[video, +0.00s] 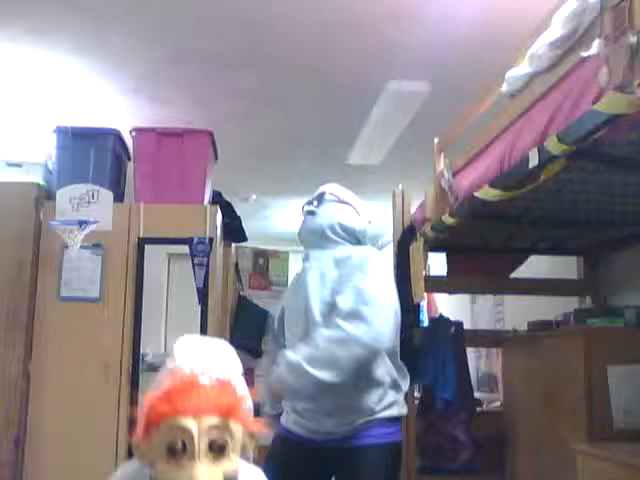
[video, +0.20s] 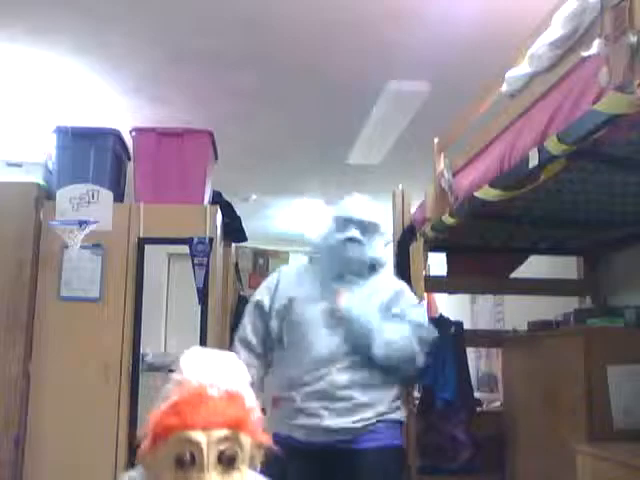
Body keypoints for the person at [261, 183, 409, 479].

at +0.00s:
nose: (318, 211)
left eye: (327, 204)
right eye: (316, 204)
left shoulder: (367, 265)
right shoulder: (300, 280)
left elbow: (367, 337)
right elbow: (277, 348)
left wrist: (283, 377)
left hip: (366, 438)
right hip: (300, 433)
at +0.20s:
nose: (353, 234)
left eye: (365, 228)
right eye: (343, 224)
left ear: (379, 240)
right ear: (327, 233)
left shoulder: (392, 291)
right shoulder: (284, 284)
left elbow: (413, 355)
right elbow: (248, 354)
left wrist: (358, 321)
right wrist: (244, 419)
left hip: (372, 436)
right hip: (295, 436)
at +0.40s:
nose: (366, 226)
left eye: (375, 222)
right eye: (356, 217)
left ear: (384, 236)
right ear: (334, 225)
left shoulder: (395, 286)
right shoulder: (285, 274)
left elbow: (417, 347)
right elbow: (242, 343)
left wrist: (373, 301)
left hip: (375, 439)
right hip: (295, 438)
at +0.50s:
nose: (361, 222)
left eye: (371, 220)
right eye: (353, 215)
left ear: (380, 236)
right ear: (334, 223)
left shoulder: (393, 284)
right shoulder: (284, 272)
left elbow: (415, 347)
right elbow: (240, 332)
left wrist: (374, 299)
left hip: (374, 431)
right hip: (293, 430)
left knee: (390, 468)